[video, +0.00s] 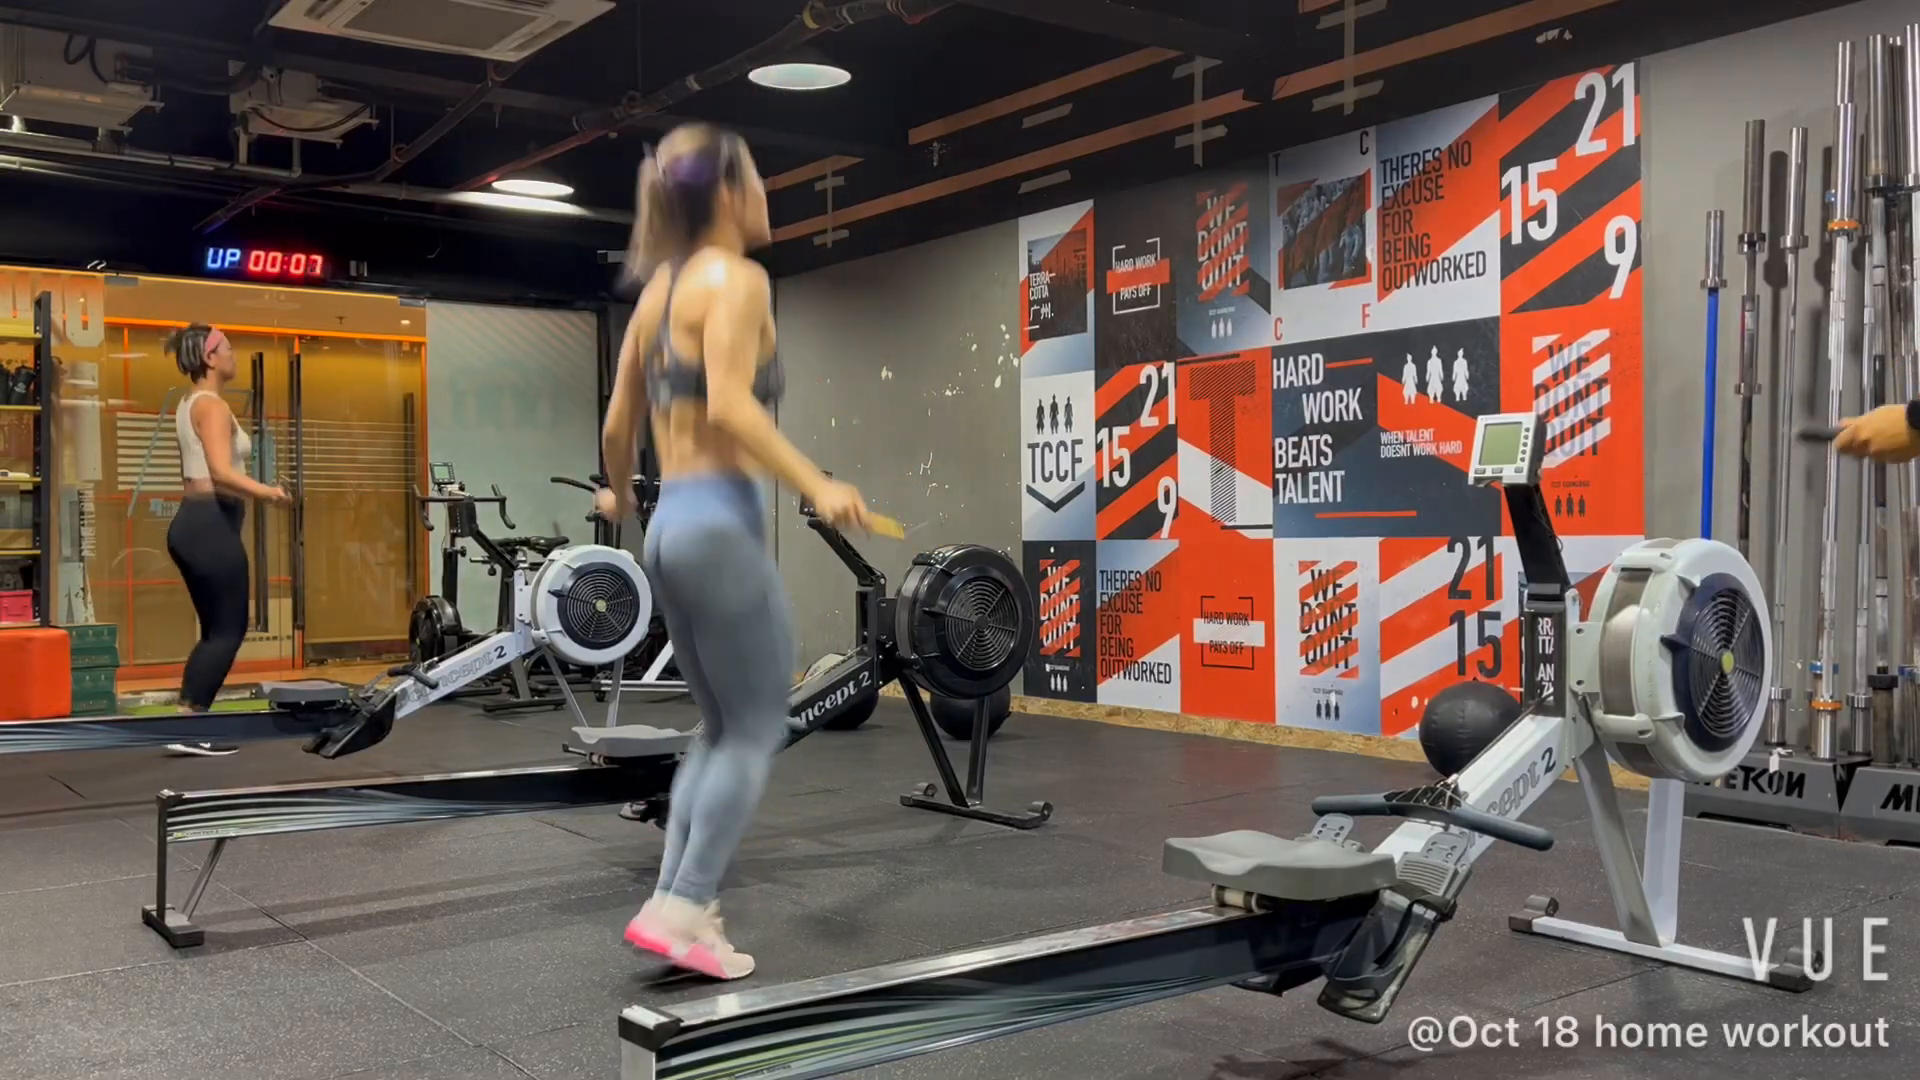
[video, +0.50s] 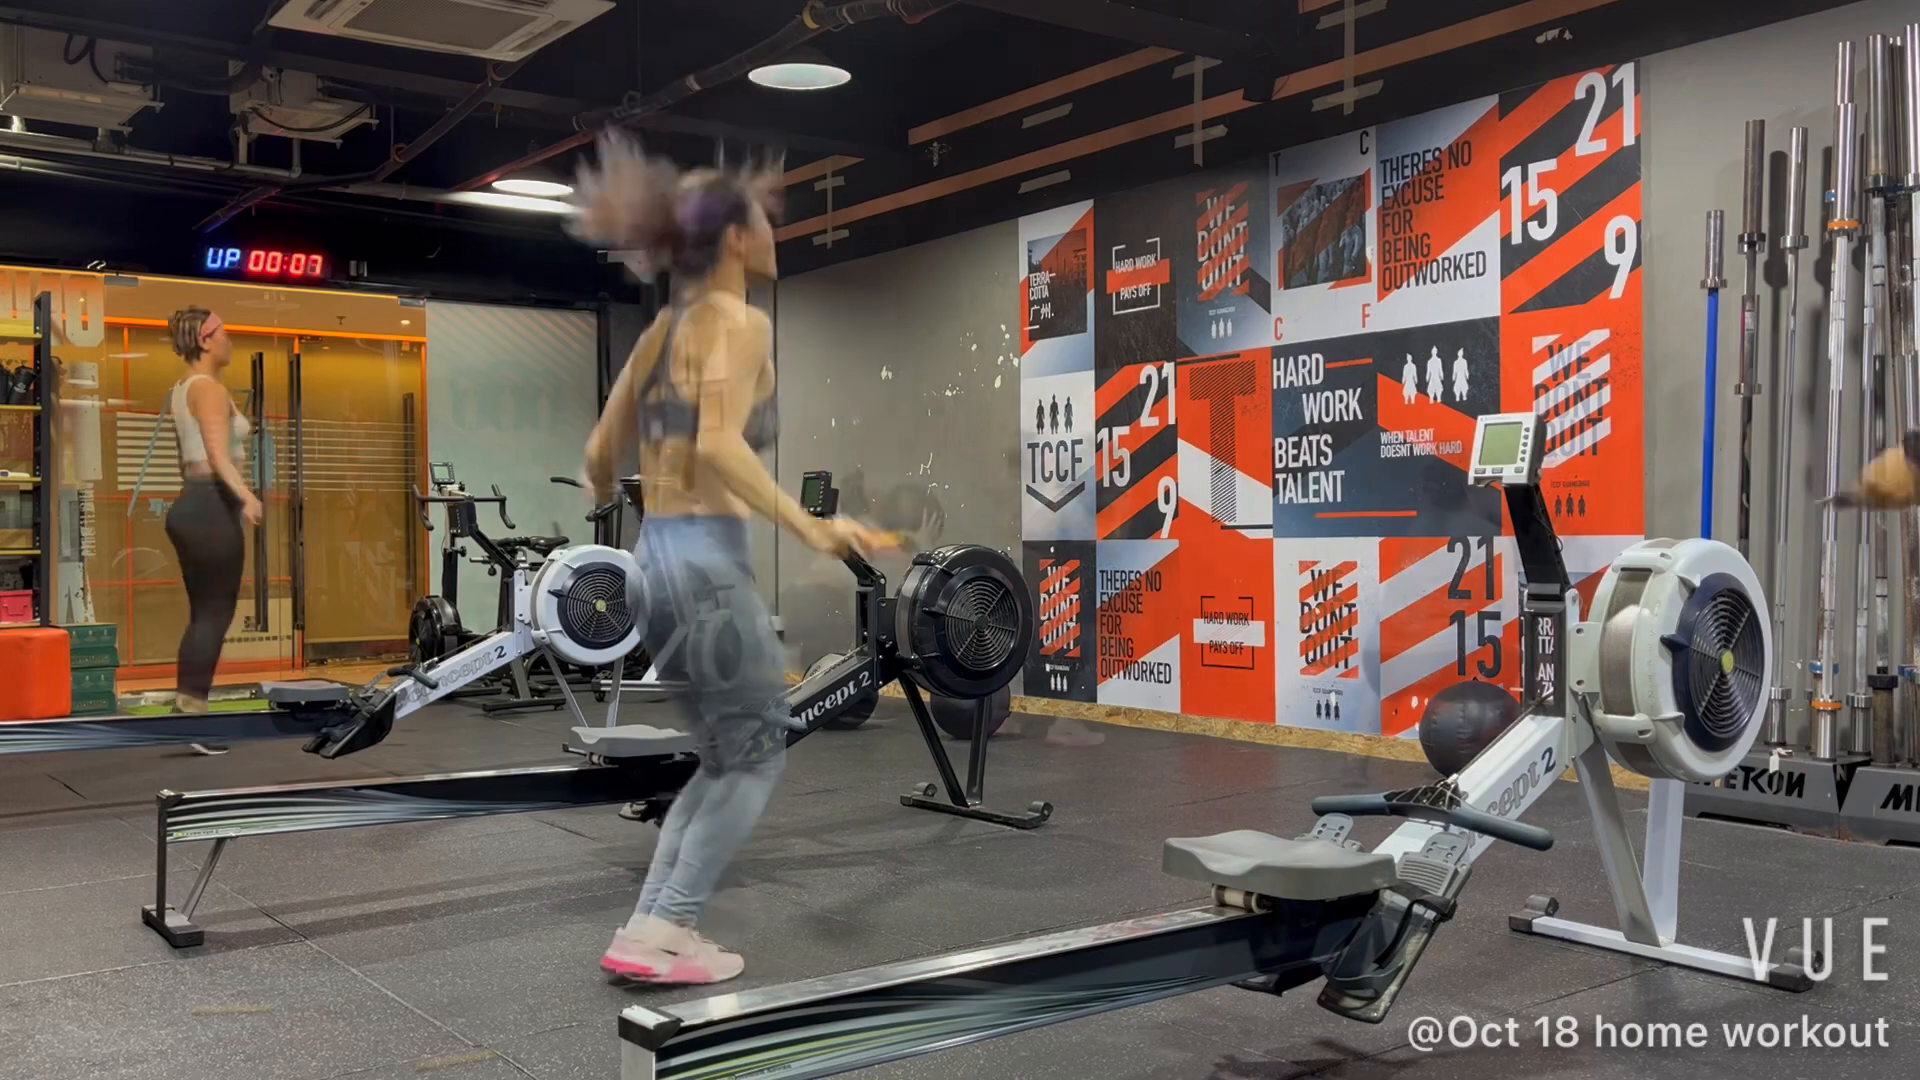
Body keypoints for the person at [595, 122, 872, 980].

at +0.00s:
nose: (765, 192)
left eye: (757, 177)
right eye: (754, 178)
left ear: (690, 198)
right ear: (729, 192)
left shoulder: (660, 289)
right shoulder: (737, 279)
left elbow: (622, 406)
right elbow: (730, 406)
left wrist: (614, 485)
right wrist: (817, 483)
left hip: (668, 521)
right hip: (715, 518)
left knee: (720, 723)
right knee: (757, 721)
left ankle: (679, 905)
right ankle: (685, 909)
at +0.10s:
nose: (760, 111)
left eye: (753, 95)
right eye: (750, 98)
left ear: (687, 123)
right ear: (722, 112)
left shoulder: (658, 213)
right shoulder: (735, 194)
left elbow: (617, 338)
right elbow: (728, 316)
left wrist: (583, 415)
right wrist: (818, 390)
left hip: (665, 439)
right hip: (715, 438)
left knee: (703, 647)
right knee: (737, 648)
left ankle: (681, 828)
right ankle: (700, 835)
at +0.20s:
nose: (771, 91)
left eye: (765, 76)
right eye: (762, 76)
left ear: (696, 91)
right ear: (733, 82)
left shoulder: (658, 179)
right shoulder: (745, 159)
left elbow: (616, 311)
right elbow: (726, 279)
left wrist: (623, 382)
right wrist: (807, 368)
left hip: (653, 410)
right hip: (708, 406)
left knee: (703, 616)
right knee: (747, 612)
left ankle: (678, 789)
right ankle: (689, 792)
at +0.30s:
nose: (773, 101)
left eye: (769, 85)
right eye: (765, 87)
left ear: (703, 101)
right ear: (734, 91)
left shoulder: (660, 189)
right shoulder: (743, 171)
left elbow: (620, 322)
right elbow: (718, 289)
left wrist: (606, 418)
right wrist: (788, 382)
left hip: (651, 418)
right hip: (703, 414)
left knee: (700, 621)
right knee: (739, 623)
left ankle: (670, 801)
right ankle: (700, 814)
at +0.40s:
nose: (774, 153)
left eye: (769, 138)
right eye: (763, 139)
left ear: (709, 157)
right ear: (734, 151)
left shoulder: (667, 246)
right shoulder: (740, 234)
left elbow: (603, 363)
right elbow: (717, 356)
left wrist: (551, 442)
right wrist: (796, 434)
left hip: (656, 481)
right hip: (701, 480)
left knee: (700, 688)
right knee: (733, 690)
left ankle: (669, 865)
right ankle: (696, 880)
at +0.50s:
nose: (775, 228)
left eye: (768, 215)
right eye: (763, 216)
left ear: (707, 242)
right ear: (734, 235)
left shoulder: (665, 328)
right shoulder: (738, 325)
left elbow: (605, 444)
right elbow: (719, 445)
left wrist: (605, 489)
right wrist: (814, 528)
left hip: (658, 555)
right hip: (705, 556)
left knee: (725, 751)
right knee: (755, 745)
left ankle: (649, 923)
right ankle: (667, 929)